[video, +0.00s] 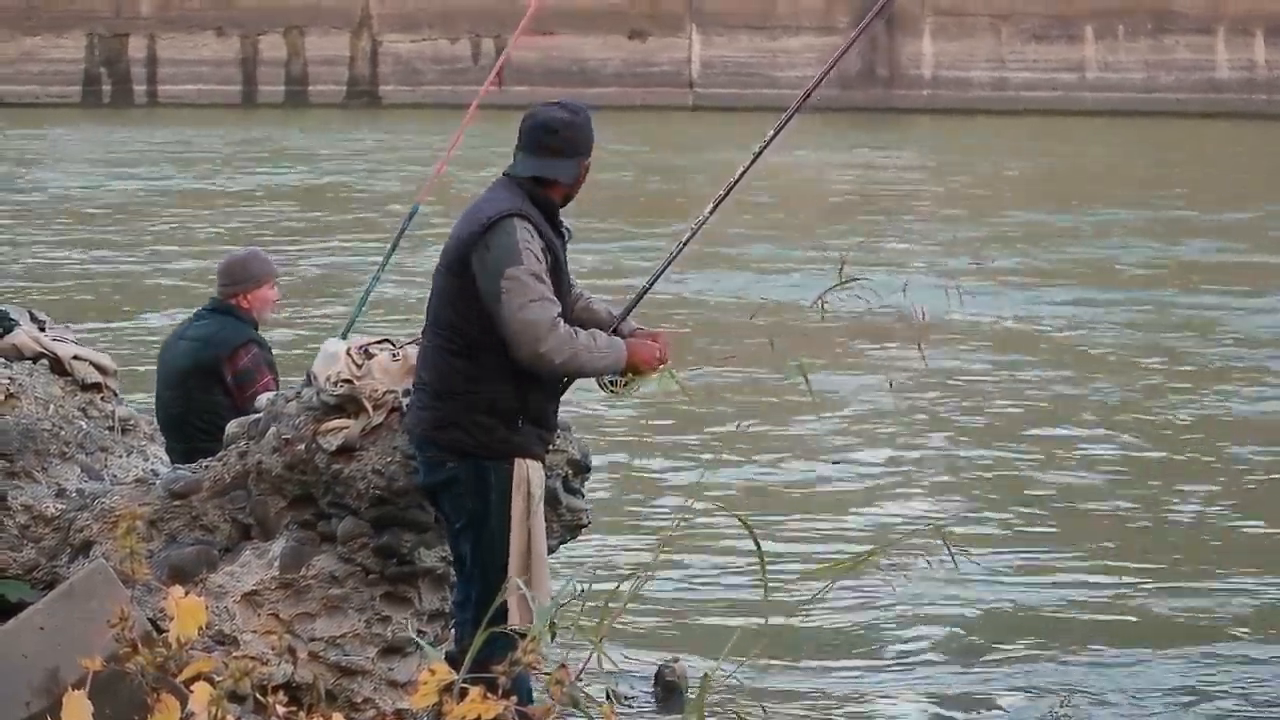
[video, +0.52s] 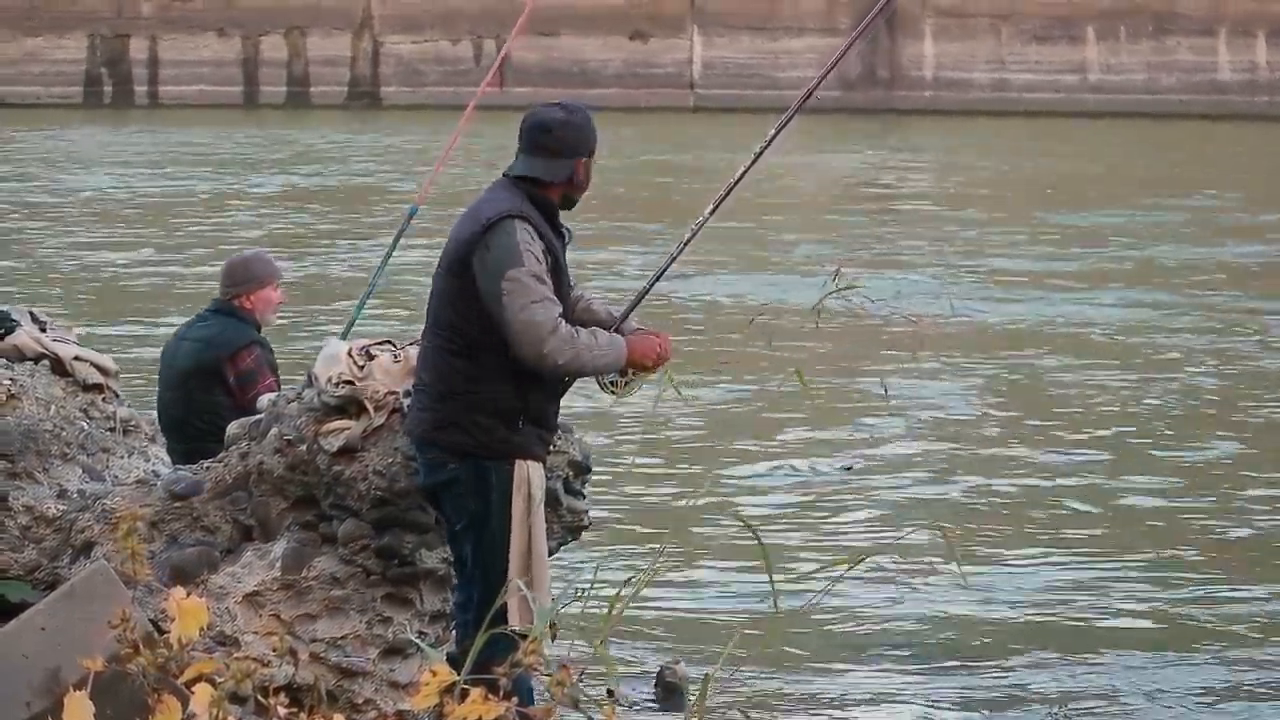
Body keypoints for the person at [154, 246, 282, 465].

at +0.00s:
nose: (278, 297)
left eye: (275, 286)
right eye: (271, 287)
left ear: (241, 298)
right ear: (245, 297)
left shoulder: (190, 328)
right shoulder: (243, 344)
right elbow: (272, 417)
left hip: (182, 459)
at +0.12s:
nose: (278, 297)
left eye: (276, 287)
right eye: (272, 287)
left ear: (243, 298)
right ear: (246, 297)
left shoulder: (188, 329)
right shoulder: (243, 344)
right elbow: (272, 416)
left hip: (183, 460)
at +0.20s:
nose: (278, 298)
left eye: (276, 287)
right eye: (272, 288)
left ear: (243, 298)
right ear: (246, 297)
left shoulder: (192, 327)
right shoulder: (243, 343)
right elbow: (271, 416)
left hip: (184, 459)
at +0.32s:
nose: (280, 298)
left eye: (277, 287)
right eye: (273, 288)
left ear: (243, 299)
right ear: (246, 298)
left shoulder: (194, 327)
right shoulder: (244, 344)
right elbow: (274, 416)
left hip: (185, 460)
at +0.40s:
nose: (280, 298)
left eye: (278, 288)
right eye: (273, 288)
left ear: (244, 299)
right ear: (246, 298)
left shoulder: (191, 329)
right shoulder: (244, 344)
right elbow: (274, 416)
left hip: (185, 461)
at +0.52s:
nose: (281, 299)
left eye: (278, 288)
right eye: (274, 289)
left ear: (244, 298)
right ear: (247, 298)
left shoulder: (192, 329)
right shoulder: (245, 344)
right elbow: (274, 415)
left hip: (184, 460)